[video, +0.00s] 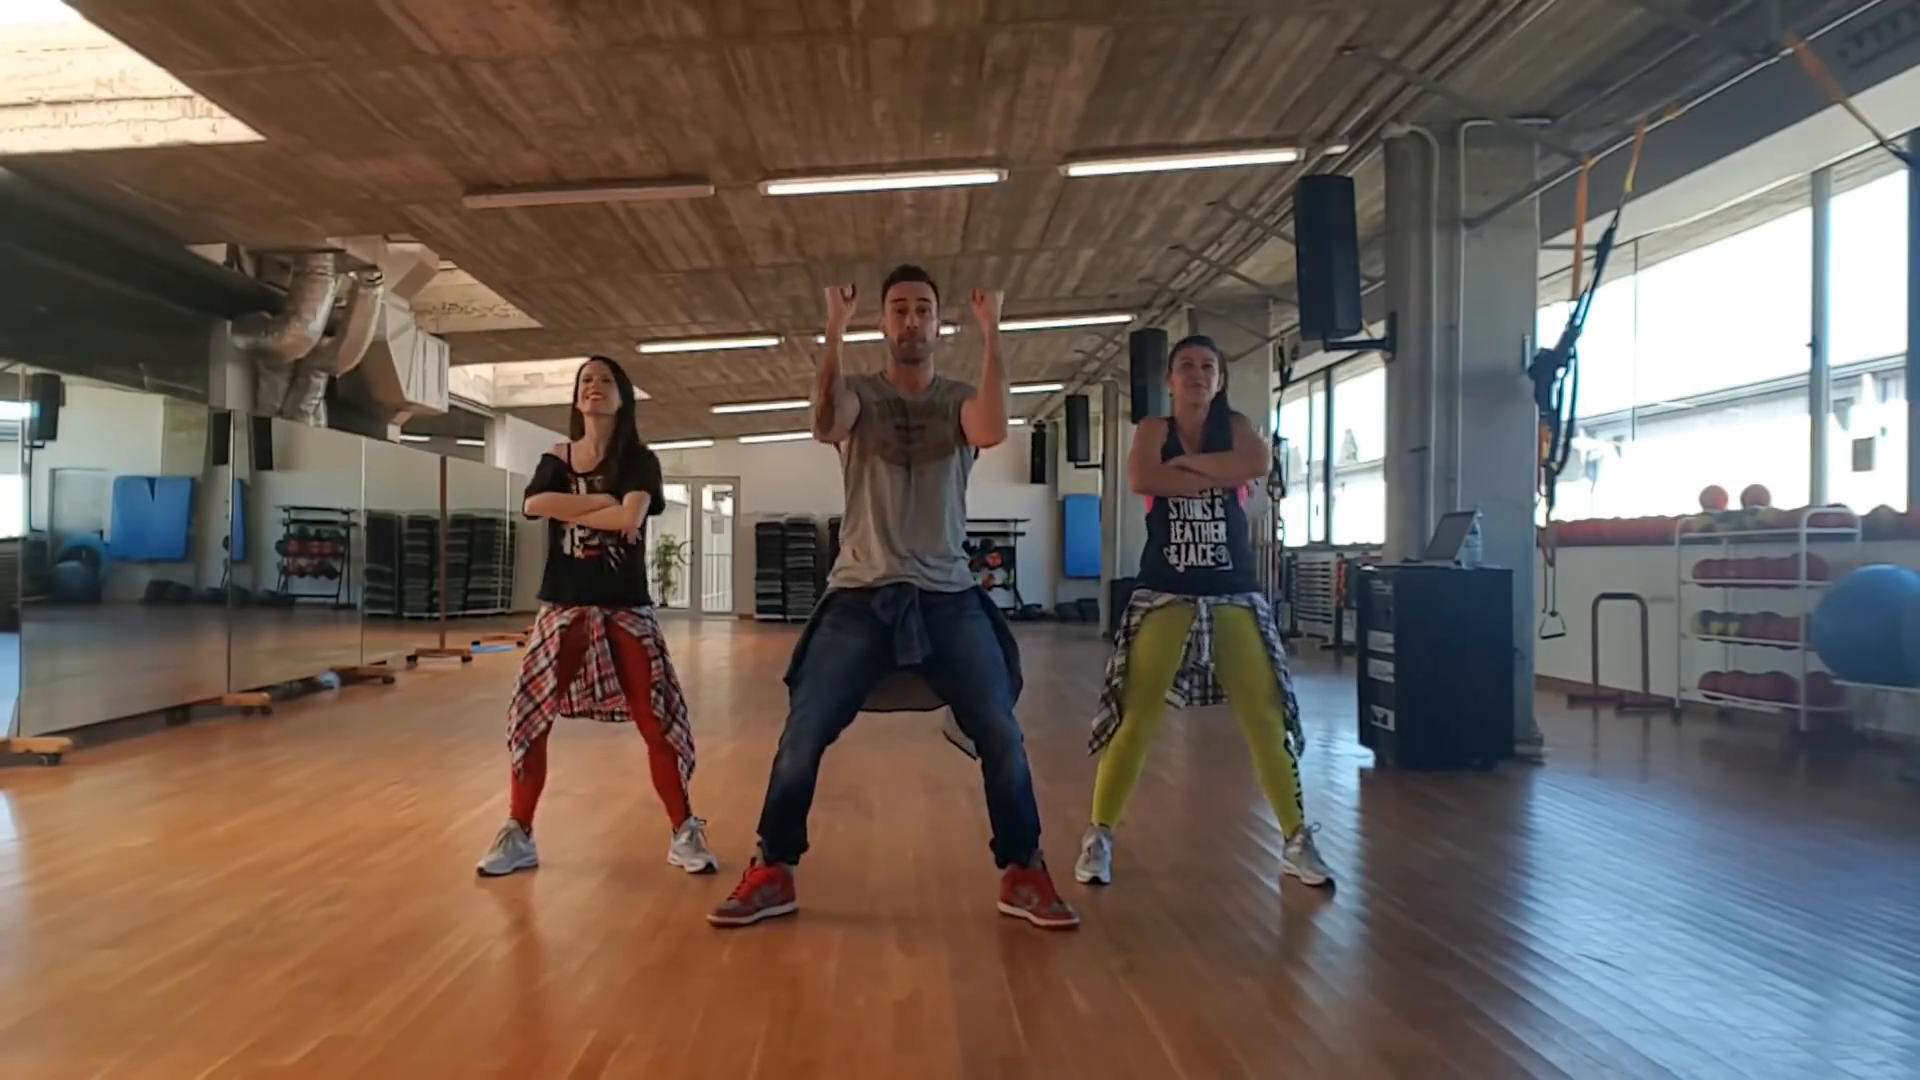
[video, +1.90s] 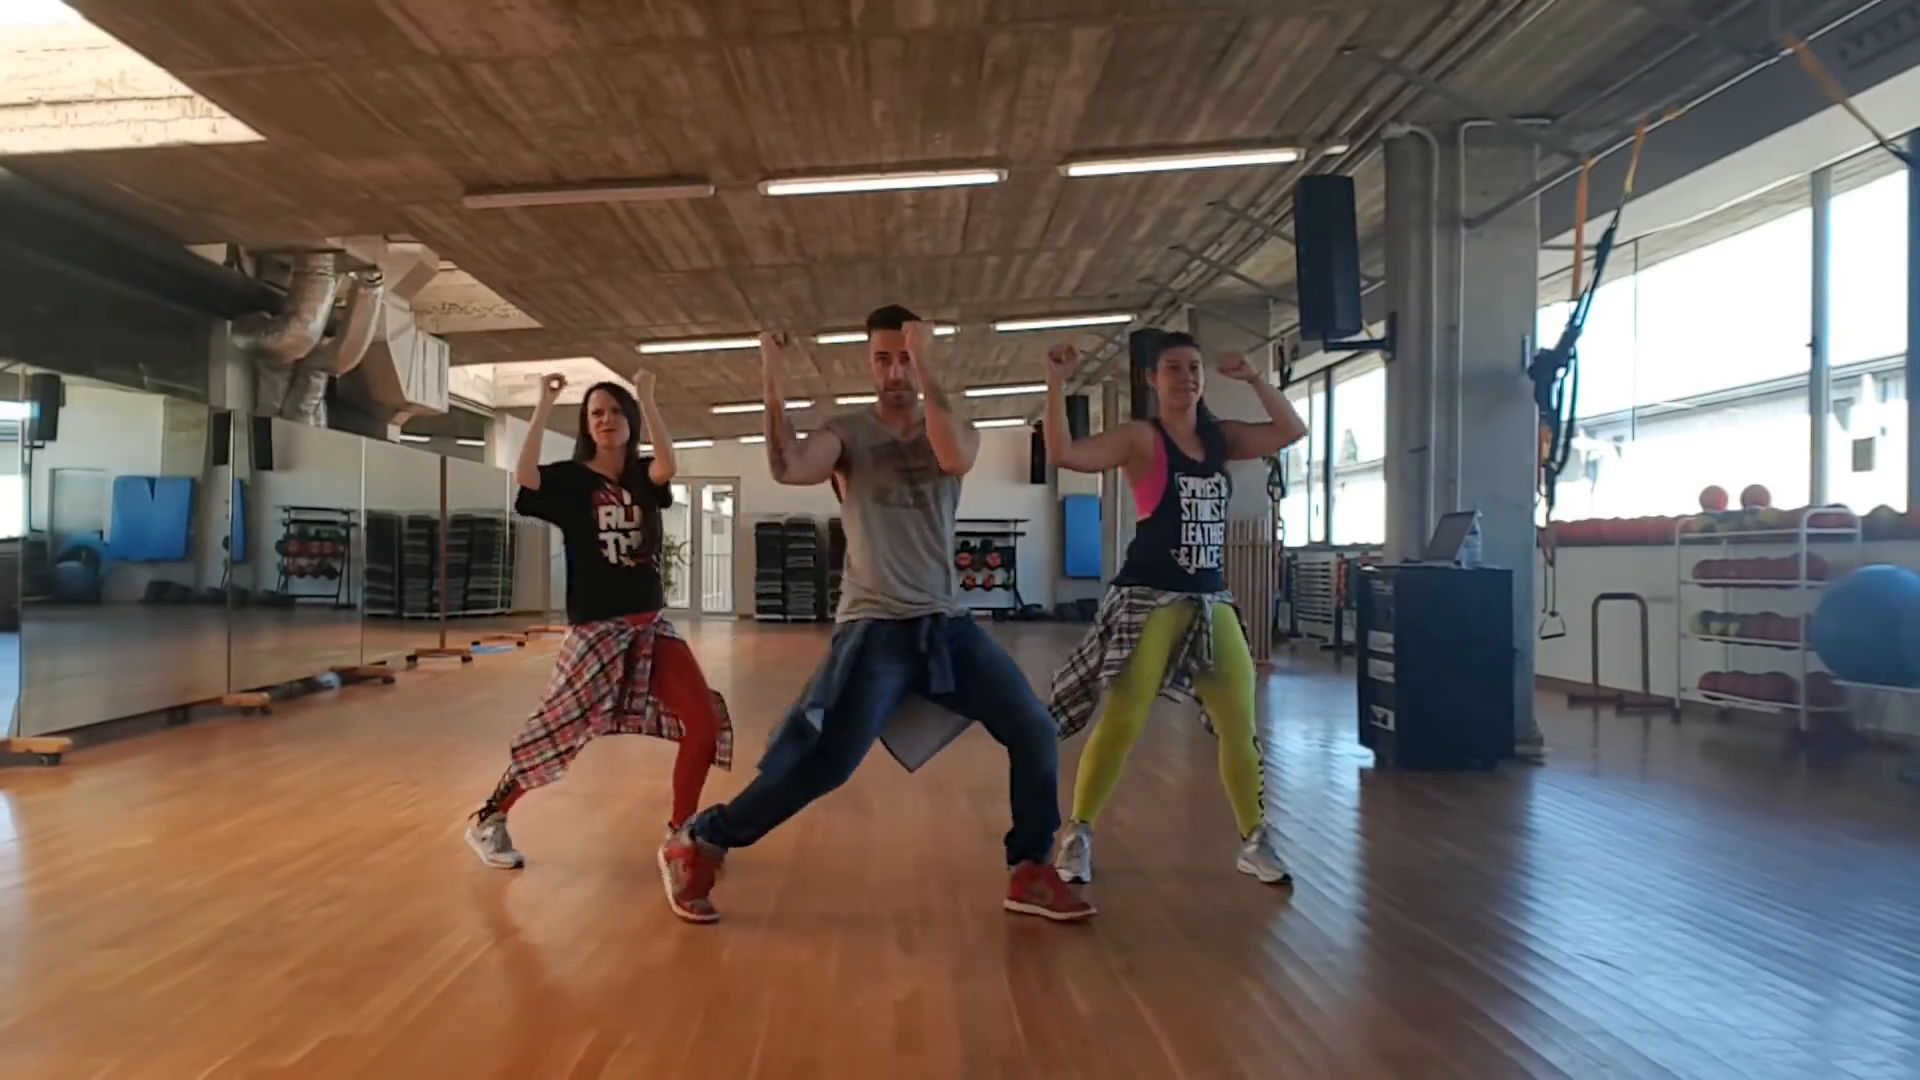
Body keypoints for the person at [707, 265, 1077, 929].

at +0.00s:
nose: (911, 318)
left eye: (921, 309)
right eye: (899, 308)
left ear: (939, 324)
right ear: (881, 323)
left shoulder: (957, 396)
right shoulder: (858, 395)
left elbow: (989, 429)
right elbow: (826, 423)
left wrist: (991, 339)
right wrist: (833, 336)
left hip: (947, 590)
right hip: (860, 588)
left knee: (999, 727)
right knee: (805, 727)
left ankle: (1023, 873)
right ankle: (774, 871)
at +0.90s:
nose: (852, 364)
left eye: (865, 352)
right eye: (842, 351)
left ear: (880, 358)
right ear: (826, 357)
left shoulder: (900, 431)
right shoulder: (807, 424)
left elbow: (957, 467)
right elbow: (782, 460)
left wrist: (958, 380)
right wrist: (797, 377)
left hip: (873, 621)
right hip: (801, 620)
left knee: (934, 757)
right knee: (708, 721)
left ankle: (1055, 854)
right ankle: (748, 871)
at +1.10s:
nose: (810, 353)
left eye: (823, 341)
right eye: (799, 339)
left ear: (840, 348)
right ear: (783, 344)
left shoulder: (855, 421)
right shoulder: (756, 410)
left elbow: (912, 451)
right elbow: (713, 431)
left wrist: (916, 357)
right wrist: (734, 343)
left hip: (833, 598)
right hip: (758, 597)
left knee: (893, 738)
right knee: (685, 727)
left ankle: (980, 846)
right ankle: (745, 869)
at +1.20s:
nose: (800, 343)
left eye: (812, 331)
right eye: (789, 330)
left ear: (831, 337)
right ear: (775, 334)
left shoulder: (849, 405)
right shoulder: (747, 396)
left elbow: (914, 413)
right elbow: (701, 397)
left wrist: (913, 330)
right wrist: (716, 318)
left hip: (827, 582)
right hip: (747, 581)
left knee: (849, 727)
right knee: (688, 720)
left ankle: (897, 835)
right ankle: (735, 859)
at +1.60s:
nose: (820, 348)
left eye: (832, 336)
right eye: (808, 336)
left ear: (848, 342)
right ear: (788, 341)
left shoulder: (861, 407)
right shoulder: (763, 400)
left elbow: (885, 434)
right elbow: (721, 425)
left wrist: (879, 339)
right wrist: (733, 338)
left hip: (846, 591)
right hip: (770, 591)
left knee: (922, 709)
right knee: (747, 737)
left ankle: (894, 848)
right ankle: (701, 856)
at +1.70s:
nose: (838, 346)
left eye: (849, 335)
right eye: (827, 334)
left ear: (867, 344)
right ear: (810, 340)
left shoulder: (884, 407)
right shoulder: (784, 405)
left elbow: (902, 437)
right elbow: (725, 432)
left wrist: (878, 341)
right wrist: (719, 345)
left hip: (872, 600)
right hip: (797, 600)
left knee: (952, 715)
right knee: (776, 748)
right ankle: (678, 852)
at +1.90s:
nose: (895, 372)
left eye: (905, 359)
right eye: (883, 360)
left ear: (920, 362)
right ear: (868, 365)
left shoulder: (949, 428)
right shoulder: (846, 433)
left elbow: (955, 460)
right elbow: (787, 467)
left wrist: (925, 376)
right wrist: (772, 383)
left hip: (946, 621)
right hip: (874, 623)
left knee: (1034, 730)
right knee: (829, 760)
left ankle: (1031, 872)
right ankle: (699, 844)